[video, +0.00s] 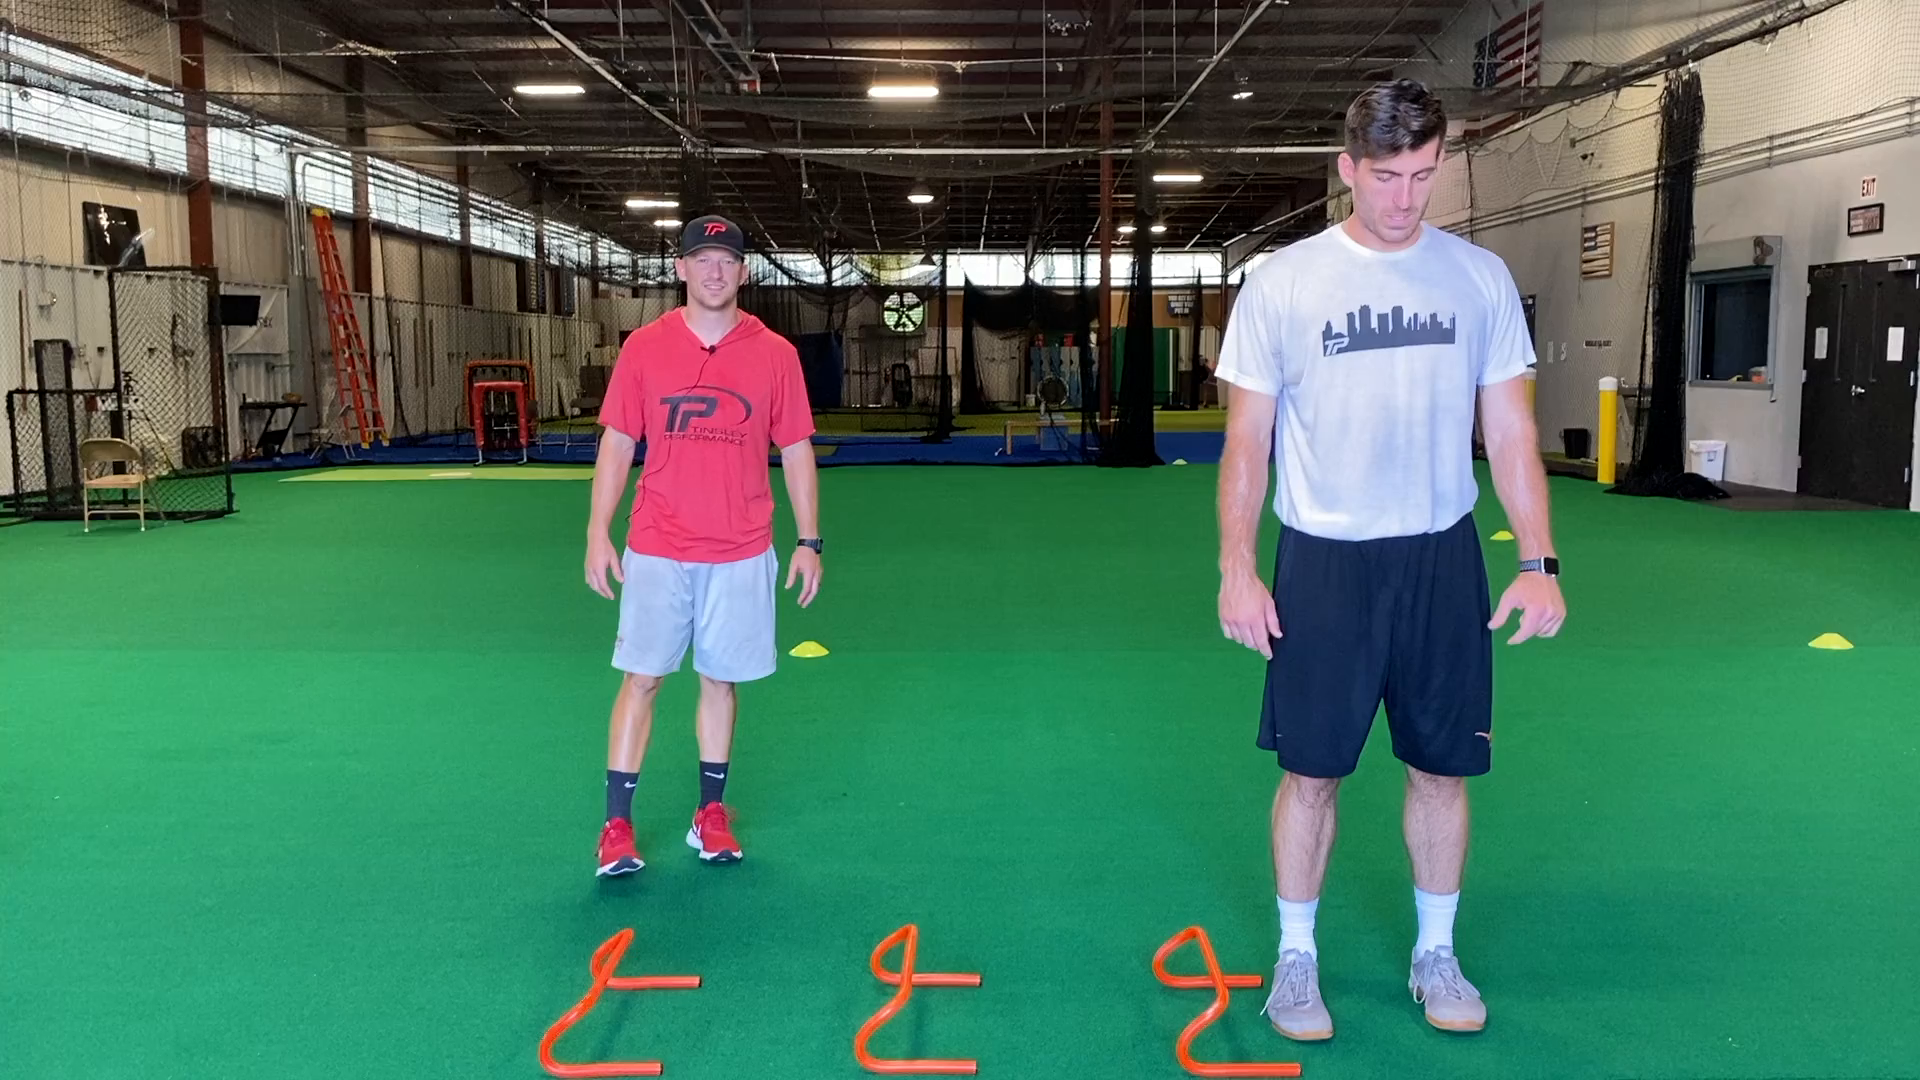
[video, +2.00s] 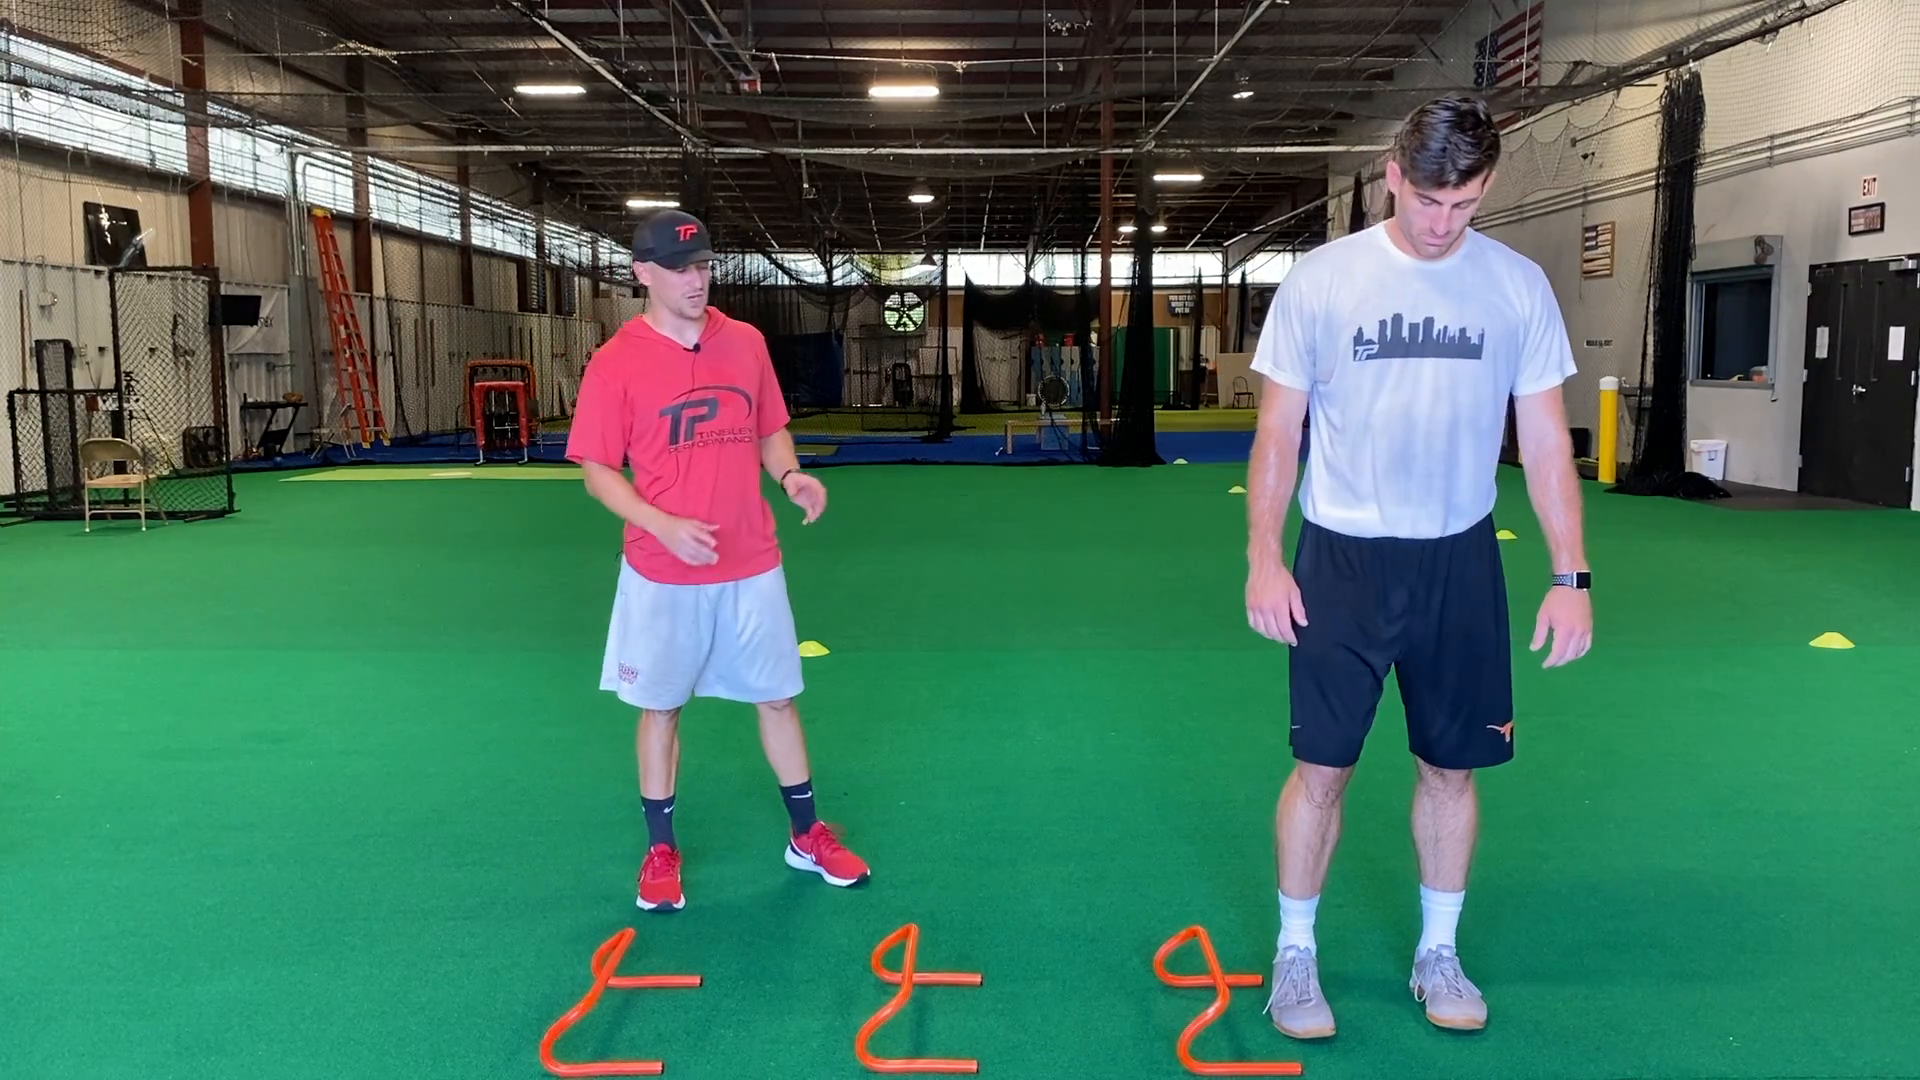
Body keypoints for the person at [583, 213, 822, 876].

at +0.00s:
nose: (714, 271)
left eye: (725, 261)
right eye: (702, 260)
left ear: (742, 271)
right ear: (681, 268)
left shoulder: (776, 355)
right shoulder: (645, 346)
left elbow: (797, 451)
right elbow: (617, 445)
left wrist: (808, 540)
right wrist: (598, 533)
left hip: (741, 551)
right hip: (658, 547)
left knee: (720, 677)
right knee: (642, 676)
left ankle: (712, 814)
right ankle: (617, 824)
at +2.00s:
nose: (700, 278)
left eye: (704, 264)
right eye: (684, 267)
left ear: (712, 267)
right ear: (645, 275)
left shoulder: (745, 344)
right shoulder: (616, 364)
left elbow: (772, 430)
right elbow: (597, 470)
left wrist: (792, 473)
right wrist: (661, 524)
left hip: (751, 563)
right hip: (665, 572)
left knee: (778, 695)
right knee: (660, 706)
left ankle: (808, 835)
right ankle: (661, 850)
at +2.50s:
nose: (788, 273)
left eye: (798, 261)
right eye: (774, 261)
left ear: (810, 271)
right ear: (744, 268)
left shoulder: (836, 356)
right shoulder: (706, 353)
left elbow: (854, 442)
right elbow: (678, 451)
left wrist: (847, 459)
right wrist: (700, 515)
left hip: (823, 560)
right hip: (740, 564)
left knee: (808, 691)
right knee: (714, 700)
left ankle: (810, 833)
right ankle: (671, 849)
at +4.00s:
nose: (703, 287)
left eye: (710, 275)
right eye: (689, 279)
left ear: (722, 276)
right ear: (664, 287)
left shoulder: (768, 343)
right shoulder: (648, 361)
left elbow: (803, 432)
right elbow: (638, 448)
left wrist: (761, 403)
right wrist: (641, 500)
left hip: (761, 536)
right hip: (683, 542)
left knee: (780, 659)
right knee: (699, 662)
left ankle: (780, 767)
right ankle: (708, 791)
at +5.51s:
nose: (700, 297)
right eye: (687, 281)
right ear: (669, 287)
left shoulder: (759, 356)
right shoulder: (643, 350)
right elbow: (618, 434)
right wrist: (658, 496)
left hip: (730, 526)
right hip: (659, 522)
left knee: (737, 646)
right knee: (649, 637)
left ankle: (750, 752)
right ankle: (637, 750)